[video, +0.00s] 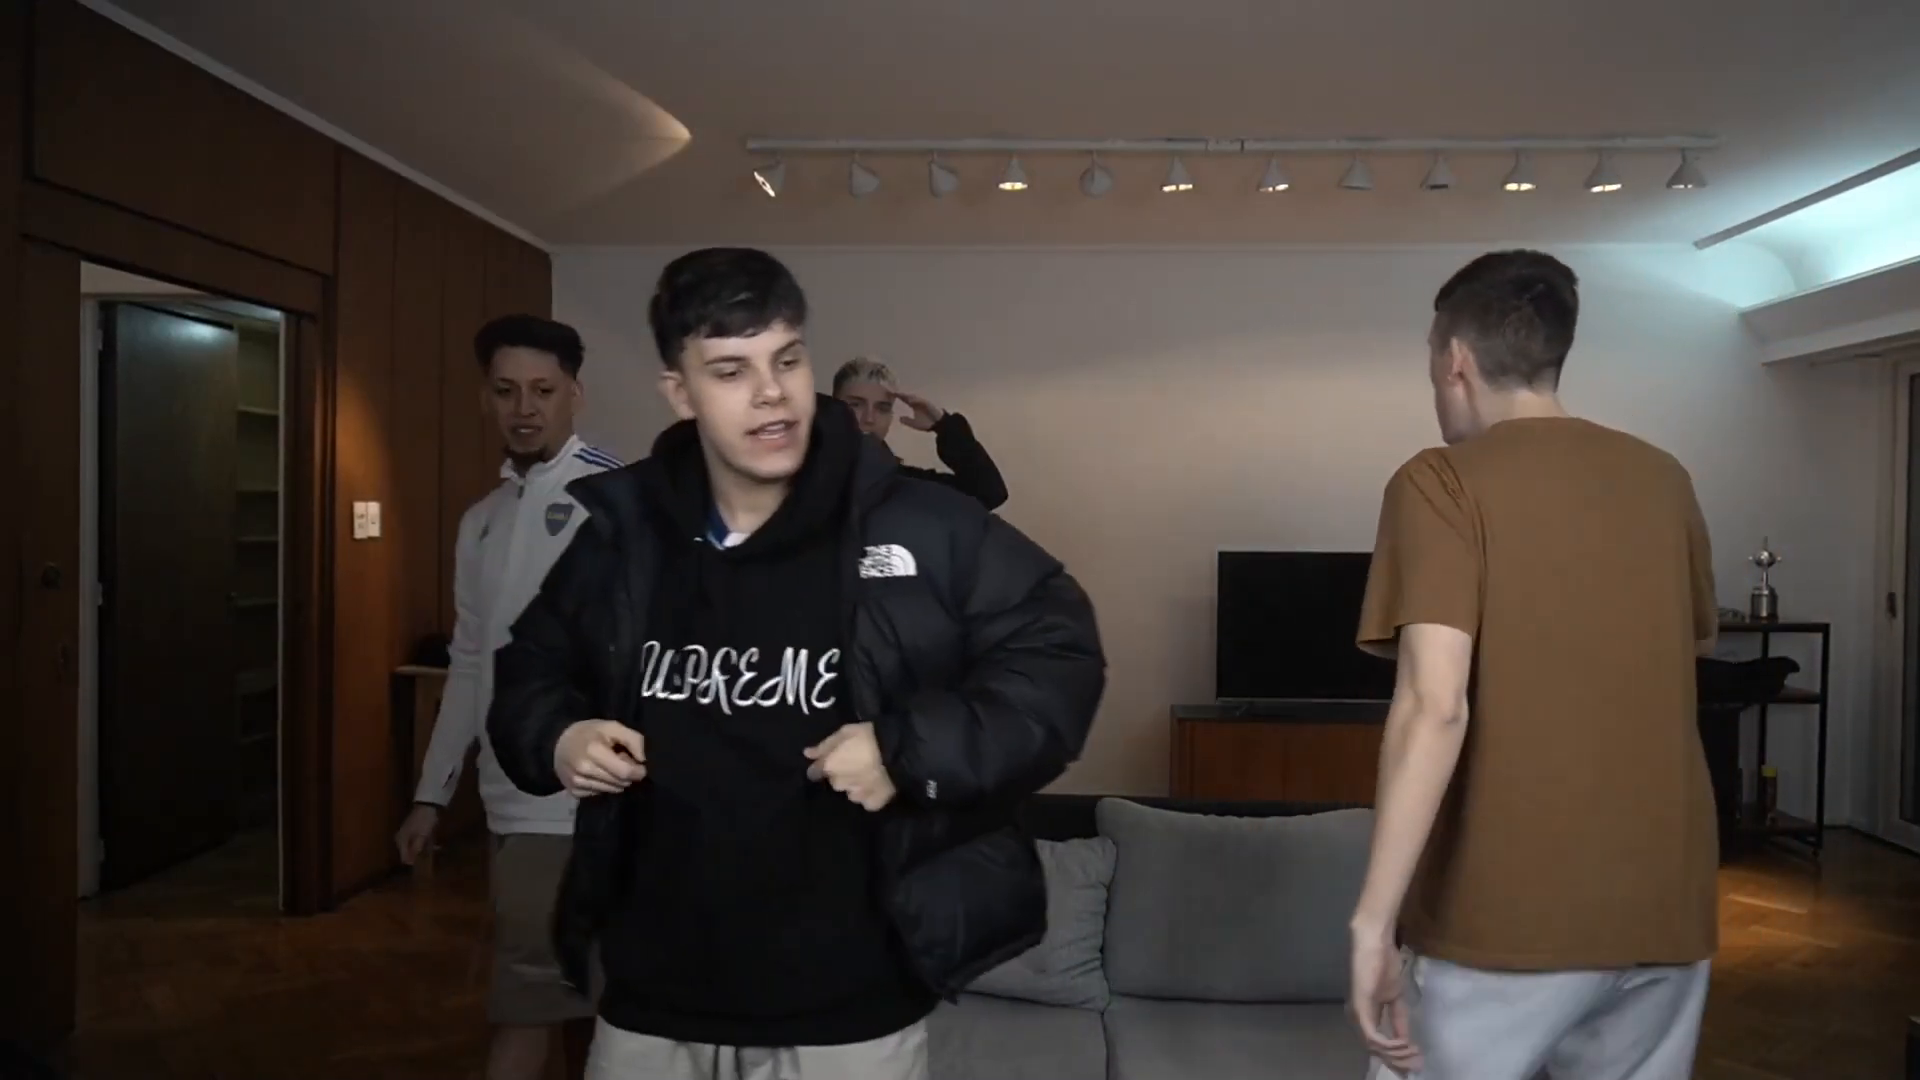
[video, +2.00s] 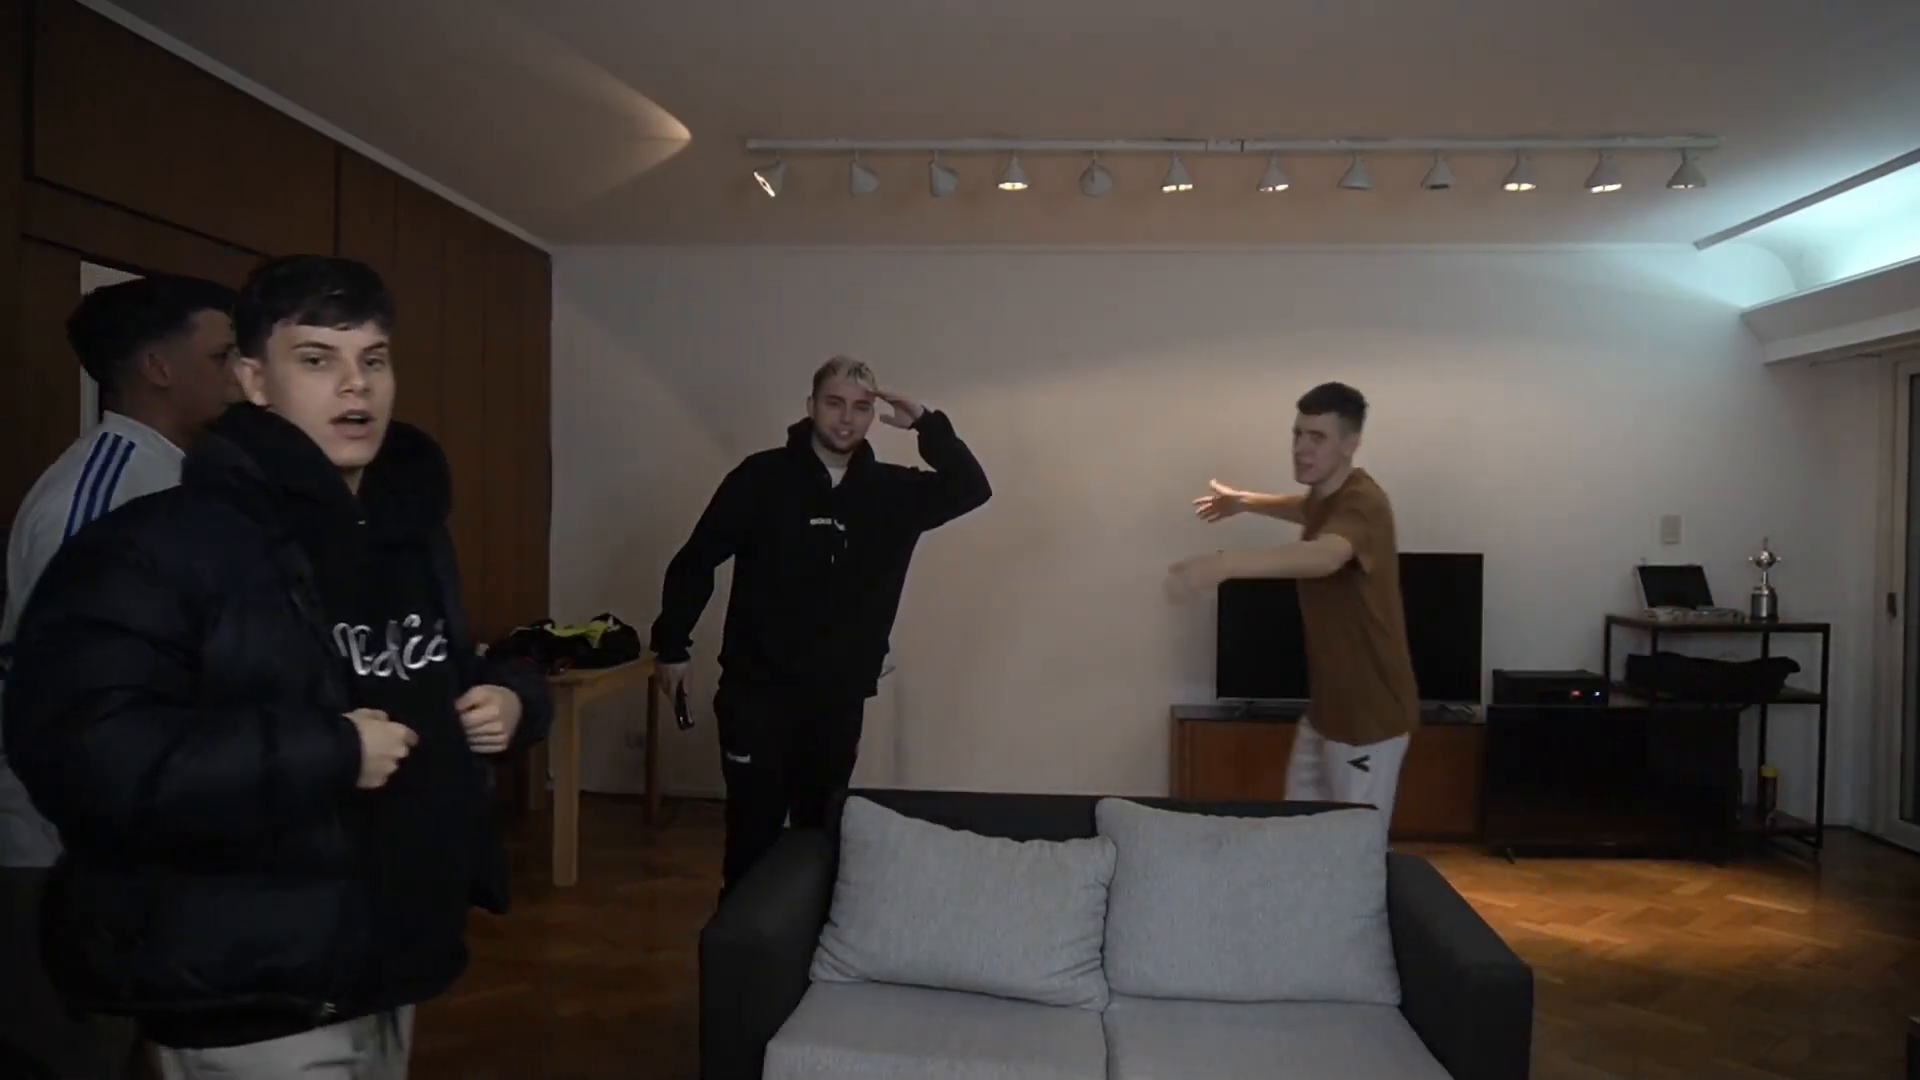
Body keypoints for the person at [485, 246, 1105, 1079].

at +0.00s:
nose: (773, 394)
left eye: (787, 361)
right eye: (732, 371)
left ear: (810, 362)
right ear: (678, 389)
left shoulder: (923, 523)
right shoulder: (625, 530)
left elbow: (1059, 657)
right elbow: (525, 674)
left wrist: (912, 749)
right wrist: (558, 737)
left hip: (851, 1003)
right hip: (656, 997)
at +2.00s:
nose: (356, 387)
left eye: (374, 360)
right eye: (317, 360)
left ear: (394, 373)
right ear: (251, 377)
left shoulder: (404, 526)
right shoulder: (160, 545)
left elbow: (449, 674)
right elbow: (81, 752)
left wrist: (511, 701)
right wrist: (328, 751)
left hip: (390, 969)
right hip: (247, 994)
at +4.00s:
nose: (203, 390)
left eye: (218, 377)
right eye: (182, 375)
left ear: (231, 391)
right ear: (138, 384)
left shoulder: (247, 504)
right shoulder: (88, 469)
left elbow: (241, 628)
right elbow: (7, 495)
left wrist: (247, 725)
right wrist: (122, 411)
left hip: (206, 773)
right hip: (98, 771)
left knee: (174, 957)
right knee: (77, 976)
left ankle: (155, 1073)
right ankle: (53, 1074)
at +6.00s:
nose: (2, 379)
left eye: (6, 365)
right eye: (3, 363)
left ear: (25, 373)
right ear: (16, 370)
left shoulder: (81, 493)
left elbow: (123, 625)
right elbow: (124, 626)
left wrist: (138, 758)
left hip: (50, 802)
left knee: (45, 1021)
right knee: (35, 1020)